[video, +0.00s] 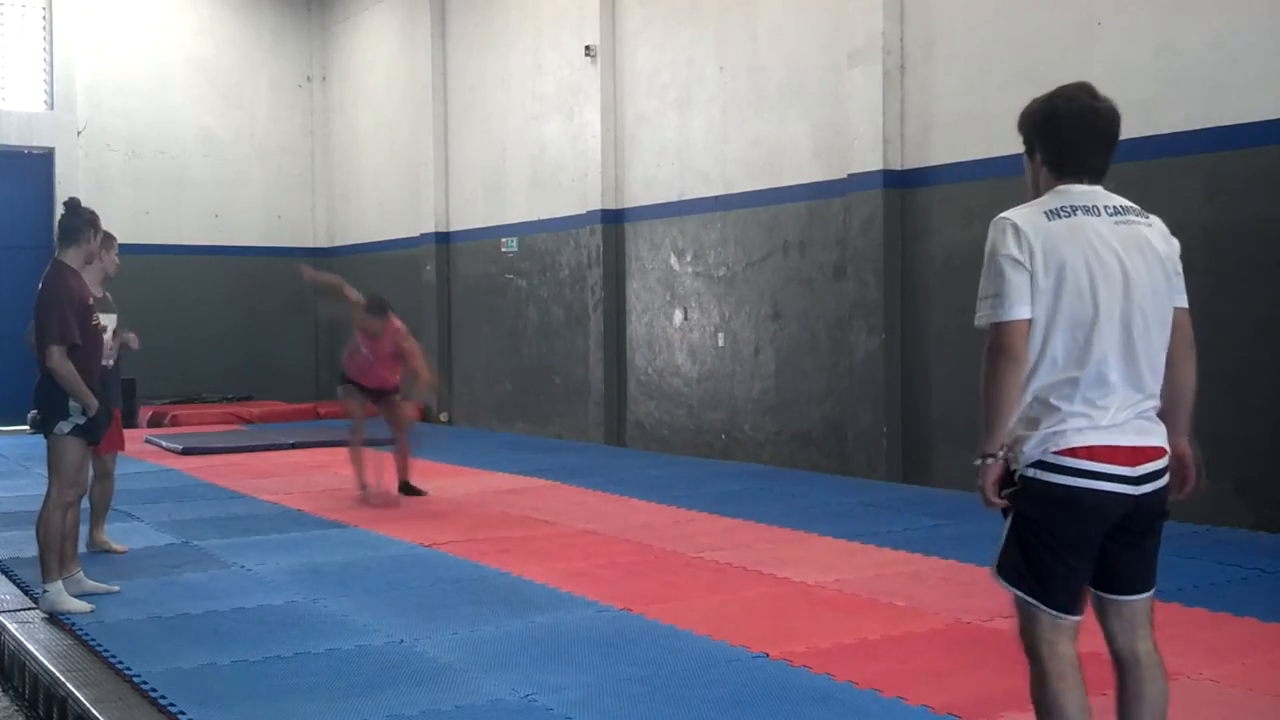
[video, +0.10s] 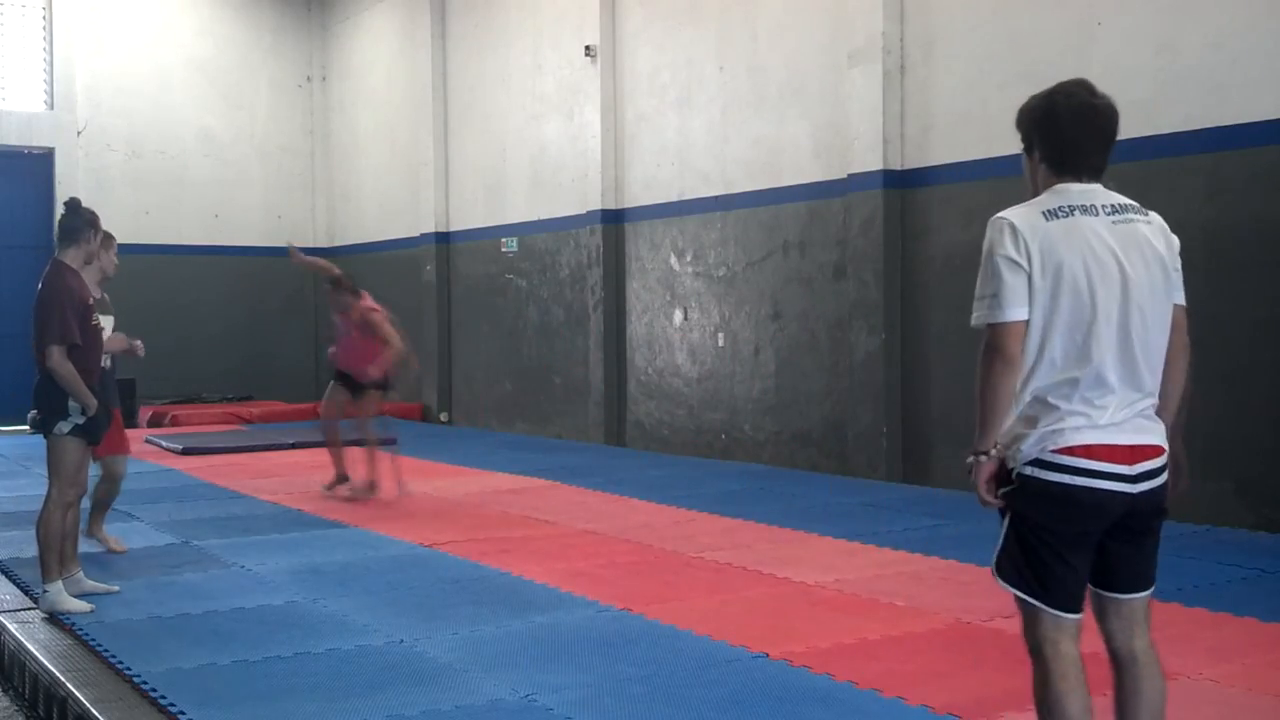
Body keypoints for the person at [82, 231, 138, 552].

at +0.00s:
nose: (118, 259)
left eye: (118, 253)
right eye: (115, 253)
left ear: (105, 256)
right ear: (99, 254)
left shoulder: (106, 295)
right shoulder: (75, 294)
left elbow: (100, 338)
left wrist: (122, 338)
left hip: (108, 386)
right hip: (80, 385)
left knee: (105, 468)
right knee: (75, 472)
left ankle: (97, 533)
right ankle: (64, 540)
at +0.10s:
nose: (117, 259)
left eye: (117, 253)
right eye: (113, 252)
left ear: (104, 255)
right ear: (97, 253)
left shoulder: (101, 294)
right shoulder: (75, 292)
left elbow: (96, 340)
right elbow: (76, 344)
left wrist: (126, 346)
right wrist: (113, 343)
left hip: (104, 384)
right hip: (78, 384)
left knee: (116, 469)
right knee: (73, 477)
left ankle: (95, 526)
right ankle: (66, 543)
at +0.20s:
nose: (118, 257)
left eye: (118, 250)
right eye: (114, 250)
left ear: (104, 252)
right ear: (97, 251)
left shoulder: (101, 291)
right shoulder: (76, 291)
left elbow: (92, 337)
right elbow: (75, 340)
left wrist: (119, 343)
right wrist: (113, 339)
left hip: (106, 383)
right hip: (78, 384)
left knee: (127, 464)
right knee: (73, 477)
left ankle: (97, 522)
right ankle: (64, 548)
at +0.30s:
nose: (121, 259)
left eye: (121, 252)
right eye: (117, 251)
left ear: (107, 252)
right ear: (100, 250)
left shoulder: (101, 288)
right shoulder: (78, 289)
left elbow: (92, 337)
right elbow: (76, 339)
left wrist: (120, 343)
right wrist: (115, 341)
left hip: (110, 383)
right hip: (82, 383)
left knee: (136, 459)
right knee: (74, 475)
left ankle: (118, 537)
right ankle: (64, 553)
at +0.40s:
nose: (125, 259)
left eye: (125, 252)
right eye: (122, 252)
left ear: (106, 253)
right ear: (108, 252)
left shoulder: (102, 289)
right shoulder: (82, 291)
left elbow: (91, 340)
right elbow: (77, 346)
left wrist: (119, 344)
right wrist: (121, 350)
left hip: (113, 384)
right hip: (86, 384)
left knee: (140, 465)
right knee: (72, 479)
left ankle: (152, 546)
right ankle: (63, 559)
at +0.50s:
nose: (134, 262)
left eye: (134, 255)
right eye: (132, 255)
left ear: (114, 255)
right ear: (121, 256)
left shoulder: (113, 293)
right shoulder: (89, 294)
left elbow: (100, 347)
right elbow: (82, 353)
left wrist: (130, 355)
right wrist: (128, 360)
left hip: (122, 394)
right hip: (90, 394)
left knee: (145, 470)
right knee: (76, 480)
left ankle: (163, 550)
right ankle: (64, 558)